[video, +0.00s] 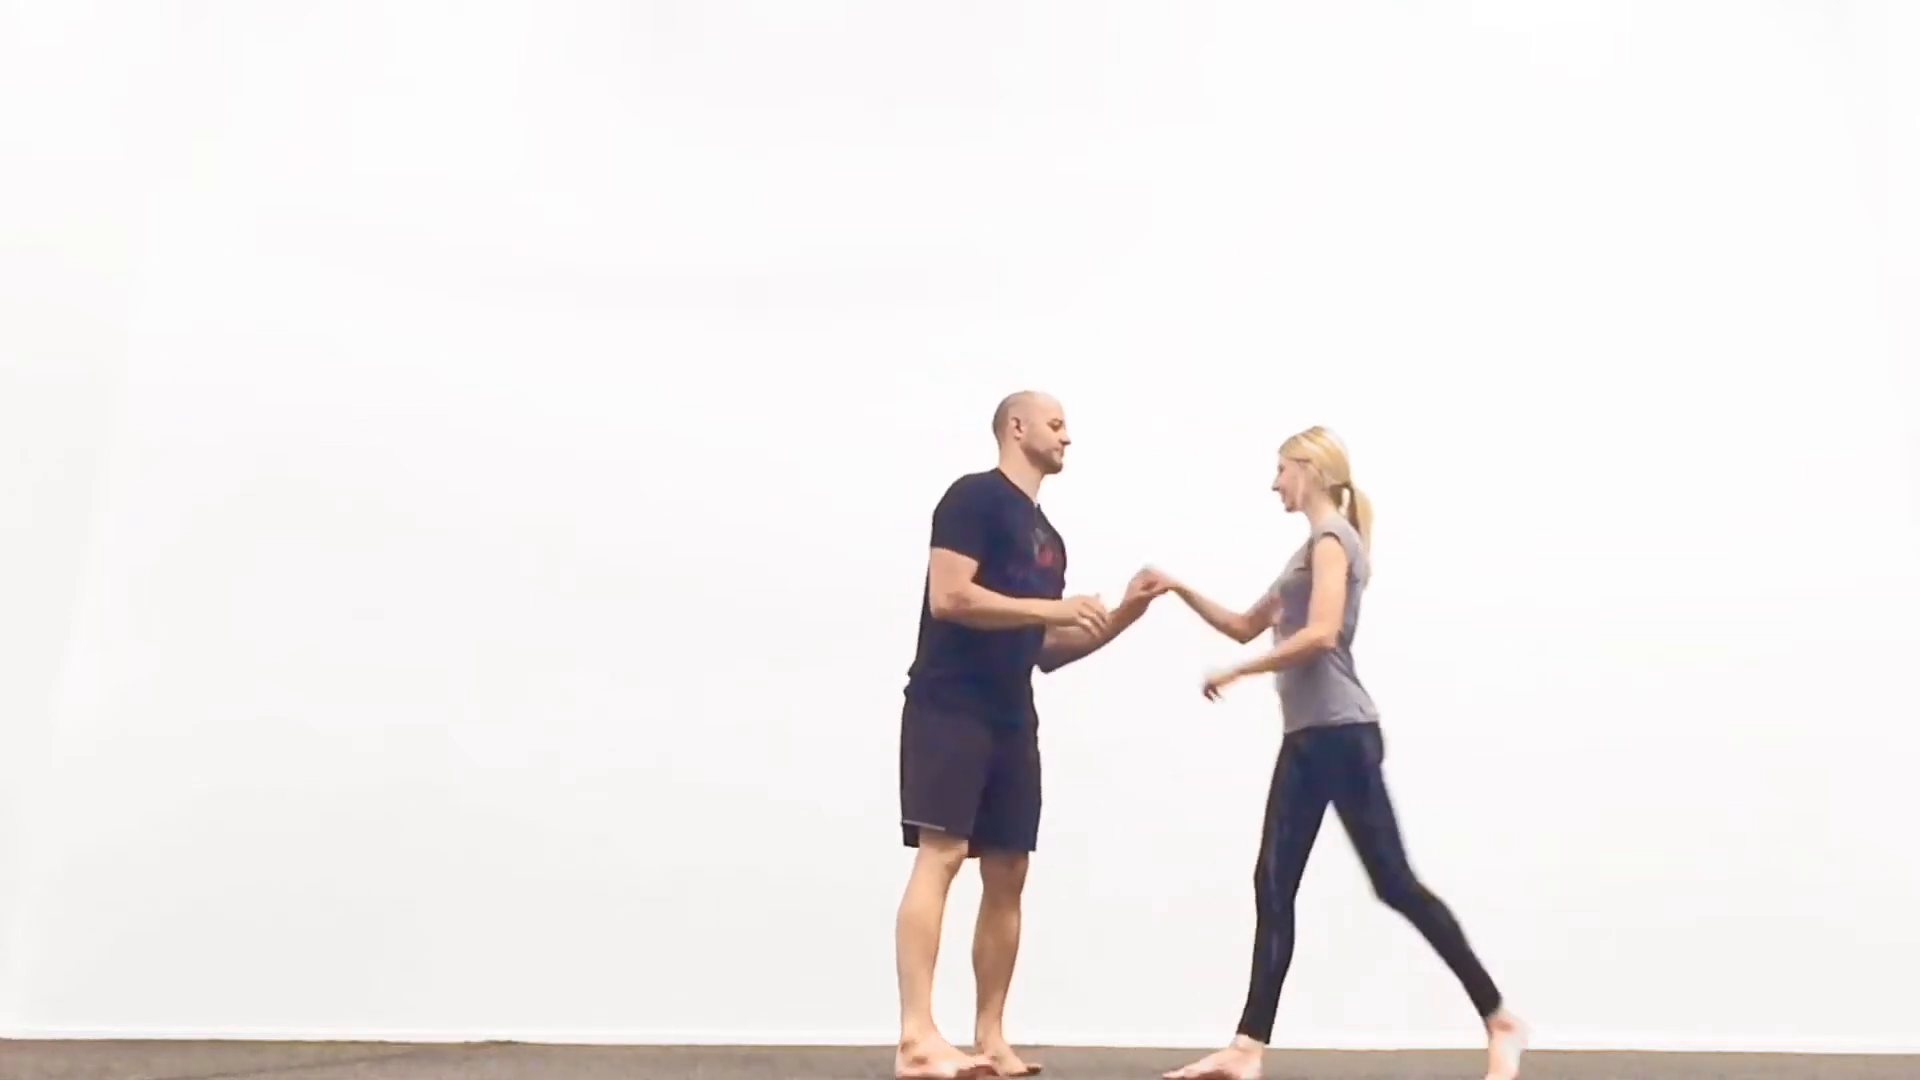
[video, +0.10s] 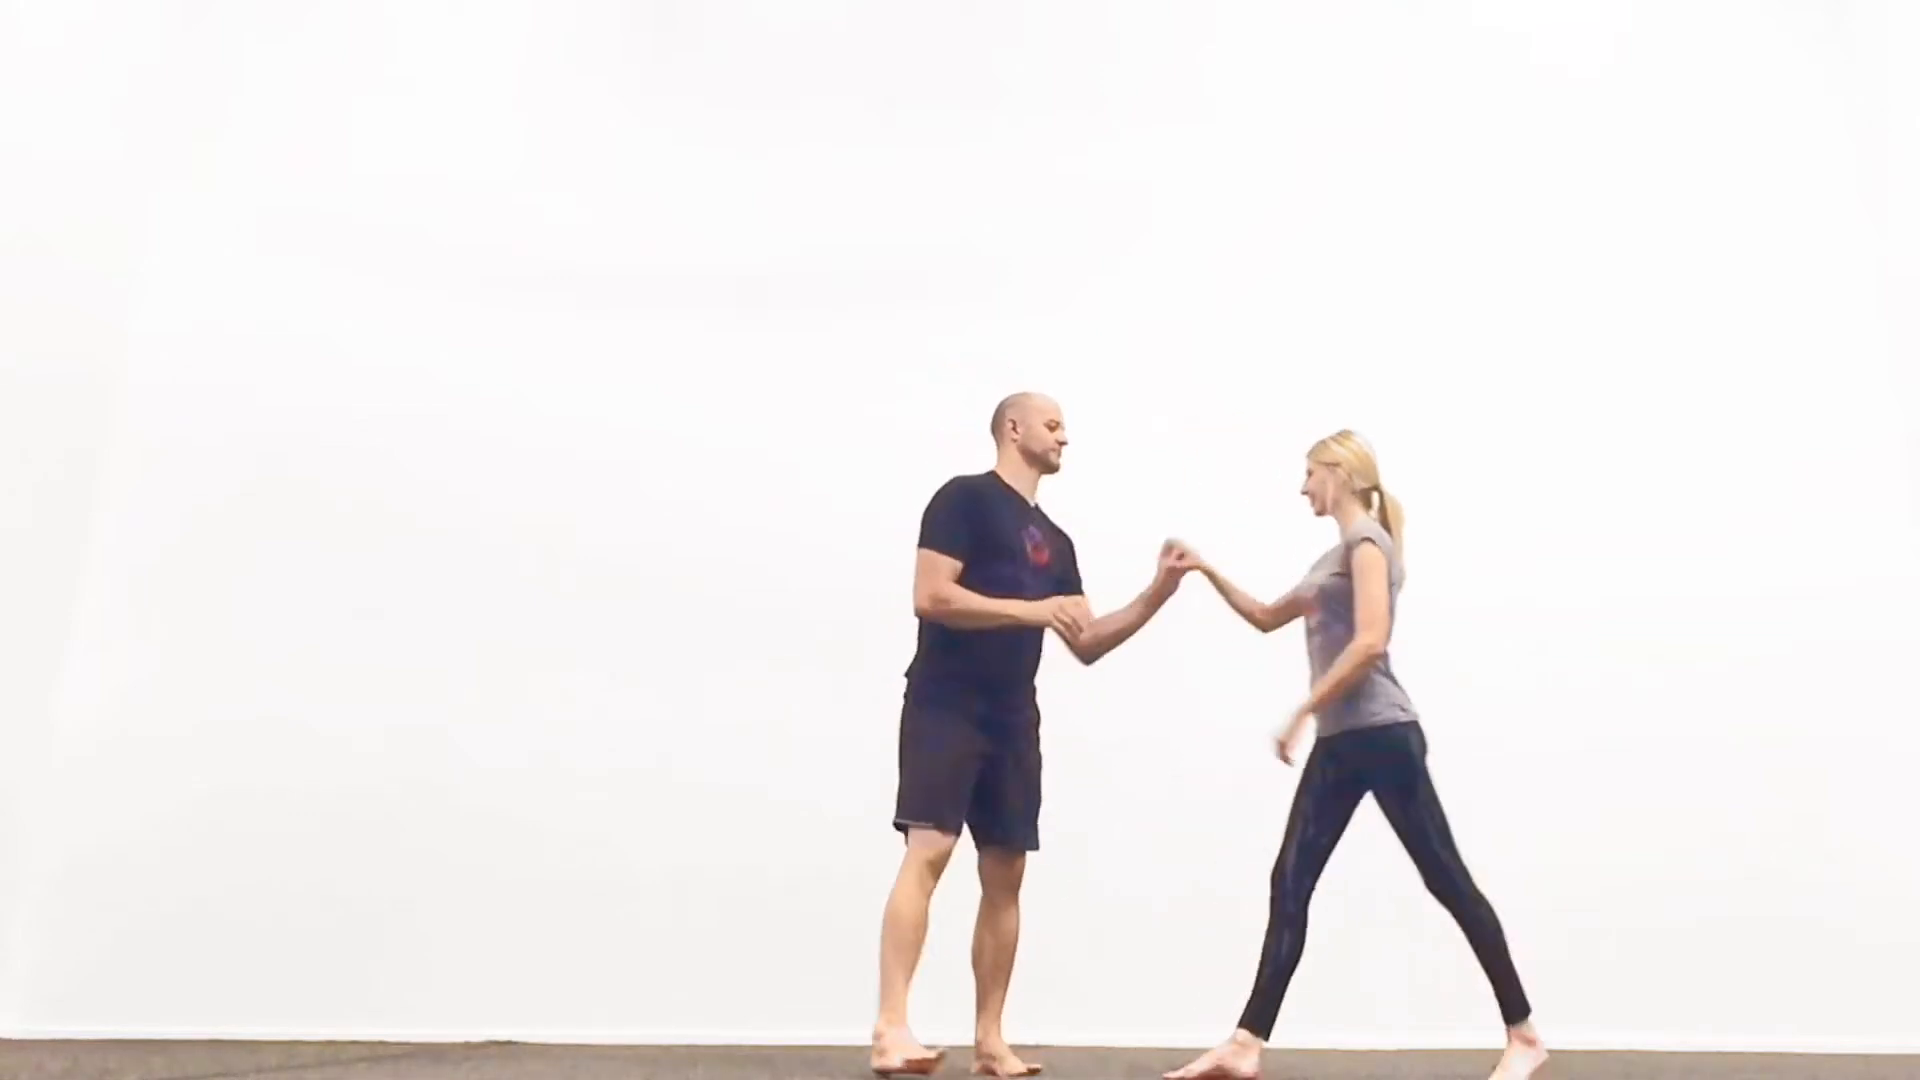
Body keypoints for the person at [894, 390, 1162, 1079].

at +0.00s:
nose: (1067, 438)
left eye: (1066, 428)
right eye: (1055, 425)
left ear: (1028, 431)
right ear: (1015, 428)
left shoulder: (1049, 540)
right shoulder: (973, 494)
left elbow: (1041, 651)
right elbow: (948, 598)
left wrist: (1122, 615)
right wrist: (1051, 609)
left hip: (1011, 715)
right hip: (949, 708)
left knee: (1006, 872)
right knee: (940, 855)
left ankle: (989, 1039)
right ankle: (916, 1038)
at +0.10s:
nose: (1064, 439)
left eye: (1064, 429)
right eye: (1052, 426)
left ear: (1030, 434)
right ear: (1012, 430)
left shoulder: (1056, 542)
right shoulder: (963, 497)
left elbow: (1087, 643)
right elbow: (932, 598)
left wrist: (1159, 590)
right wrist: (1040, 610)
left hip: (1013, 716)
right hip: (946, 706)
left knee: (1004, 871)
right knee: (930, 848)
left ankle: (990, 1040)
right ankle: (891, 1031)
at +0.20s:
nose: (1055, 437)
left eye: (1056, 428)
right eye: (1043, 425)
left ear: (1032, 436)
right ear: (1002, 430)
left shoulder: (1054, 537)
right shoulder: (953, 498)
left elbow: (1120, 619)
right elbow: (916, 597)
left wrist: (1195, 562)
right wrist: (1007, 610)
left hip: (1012, 717)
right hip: (941, 707)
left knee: (1002, 872)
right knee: (911, 847)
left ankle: (990, 1042)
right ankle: (849, 1020)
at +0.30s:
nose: (1045, 435)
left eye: (1046, 426)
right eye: (1033, 423)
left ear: (1023, 435)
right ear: (992, 429)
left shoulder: (1053, 534)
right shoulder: (942, 499)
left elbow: (1136, 596)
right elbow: (902, 598)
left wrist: (1214, 540)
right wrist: (986, 609)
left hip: (1010, 720)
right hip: (932, 710)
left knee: (1001, 871)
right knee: (889, 844)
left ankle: (992, 1042)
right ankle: (817, 1007)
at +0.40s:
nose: (1033, 433)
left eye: (1034, 424)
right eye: (1020, 422)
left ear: (1013, 435)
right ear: (980, 430)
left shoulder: (1046, 529)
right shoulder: (930, 503)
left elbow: (1137, 585)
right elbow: (891, 603)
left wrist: (1216, 539)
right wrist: (969, 615)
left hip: (1005, 723)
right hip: (923, 714)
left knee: (999, 872)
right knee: (869, 846)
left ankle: (992, 1043)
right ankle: (798, 1007)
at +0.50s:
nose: (1017, 433)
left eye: (1020, 423)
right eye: (1005, 421)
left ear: (1015, 436)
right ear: (964, 429)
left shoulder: (1034, 528)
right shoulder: (917, 505)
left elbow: (1125, 584)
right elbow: (879, 608)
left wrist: (1211, 550)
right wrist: (954, 621)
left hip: (996, 722)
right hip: (914, 715)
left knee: (997, 873)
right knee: (860, 853)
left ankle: (992, 1043)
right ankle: (792, 1015)